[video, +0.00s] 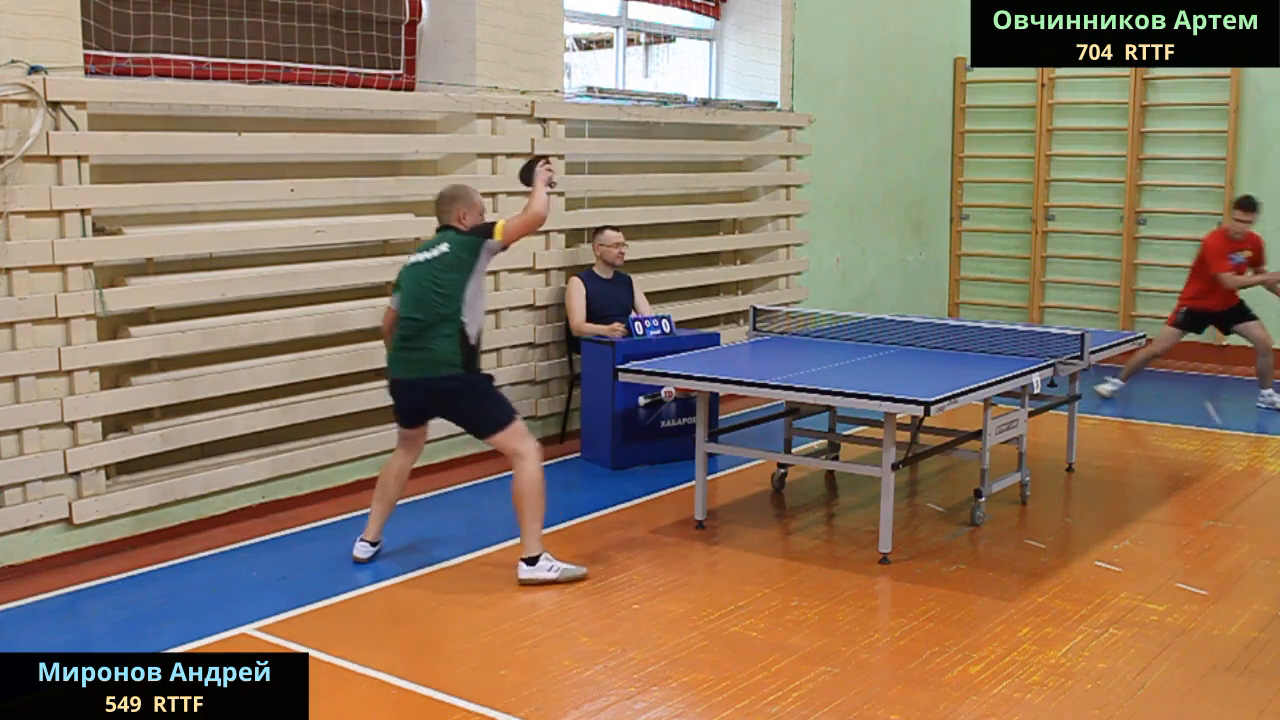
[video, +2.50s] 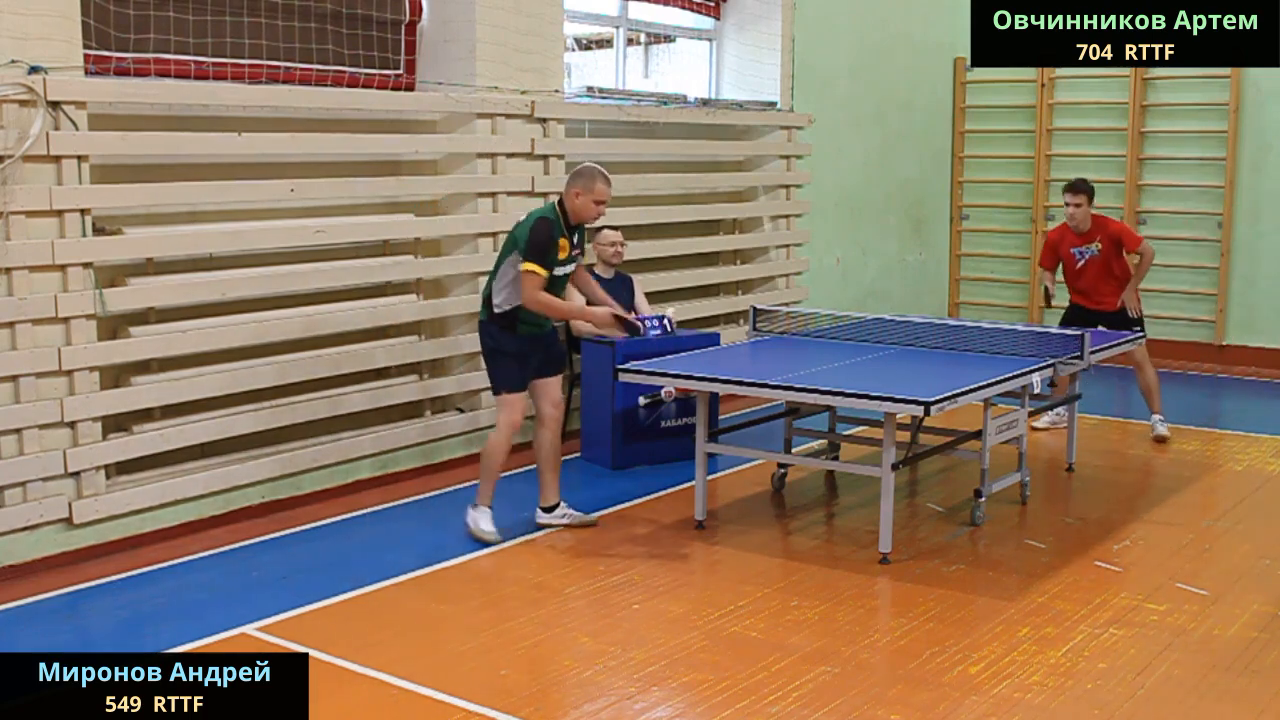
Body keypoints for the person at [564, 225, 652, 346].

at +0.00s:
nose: (622, 251)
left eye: (623, 246)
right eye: (616, 246)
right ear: (597, 249)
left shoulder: (628, 281)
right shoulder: (578, 283)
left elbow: (648, 318)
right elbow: (577, 328)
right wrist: (606, 330)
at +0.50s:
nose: (621, 253)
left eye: (623, 247)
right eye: (614, 248)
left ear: (625, 248)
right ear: (597, 249)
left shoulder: (628, 281)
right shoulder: (578, 283)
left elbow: (648, 318)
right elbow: (577, 327)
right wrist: (606, 330)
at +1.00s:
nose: (615, 254)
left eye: (617, 248)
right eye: (607, 250)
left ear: (620, 247)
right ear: (592, 253)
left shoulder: (627, 281)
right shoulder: (577, 284)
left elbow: (655, 314)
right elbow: (577, 328)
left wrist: (671, 315)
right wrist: (607, 330)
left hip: (630, 349)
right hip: (595, 352)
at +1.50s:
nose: (615, 251)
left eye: (618, 246)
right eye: (608, 247)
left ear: (622, 247)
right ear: (593, 250)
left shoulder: (628, 281)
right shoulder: (578, 284)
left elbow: (650, 318)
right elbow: (577, 327)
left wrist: (668, 323)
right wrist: (607, 330)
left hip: (631, 349)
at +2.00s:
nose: (619, 250)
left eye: (622, 245)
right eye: (612, 245)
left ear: (625, 247)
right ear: (596, 248)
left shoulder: (630, 282)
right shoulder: (579, 282)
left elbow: (649, 318)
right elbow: (578, 327)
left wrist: (666, 322)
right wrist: (611, 333)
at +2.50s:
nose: (619, 250)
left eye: (622, 245)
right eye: (612, 245)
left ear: (625, 247)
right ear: (595, 248)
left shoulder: (630, 281)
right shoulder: (580, 279)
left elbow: (649, 318)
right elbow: (577, 328)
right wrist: (616, 333)